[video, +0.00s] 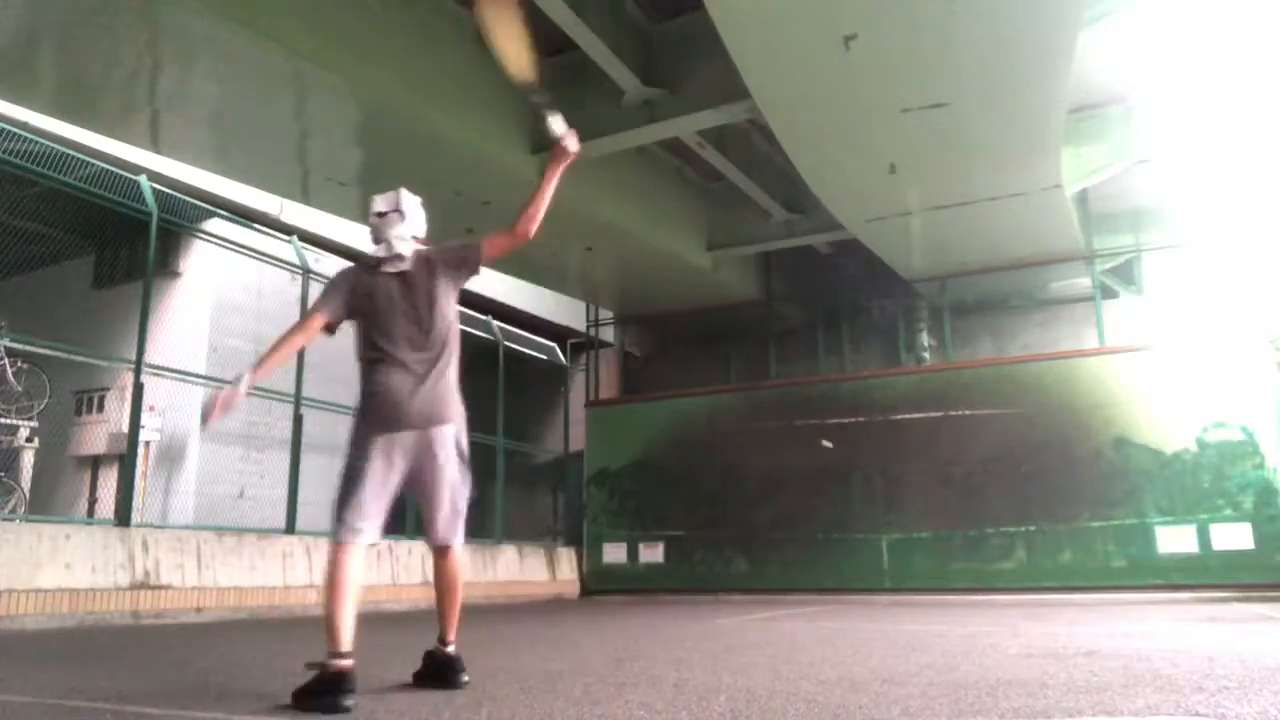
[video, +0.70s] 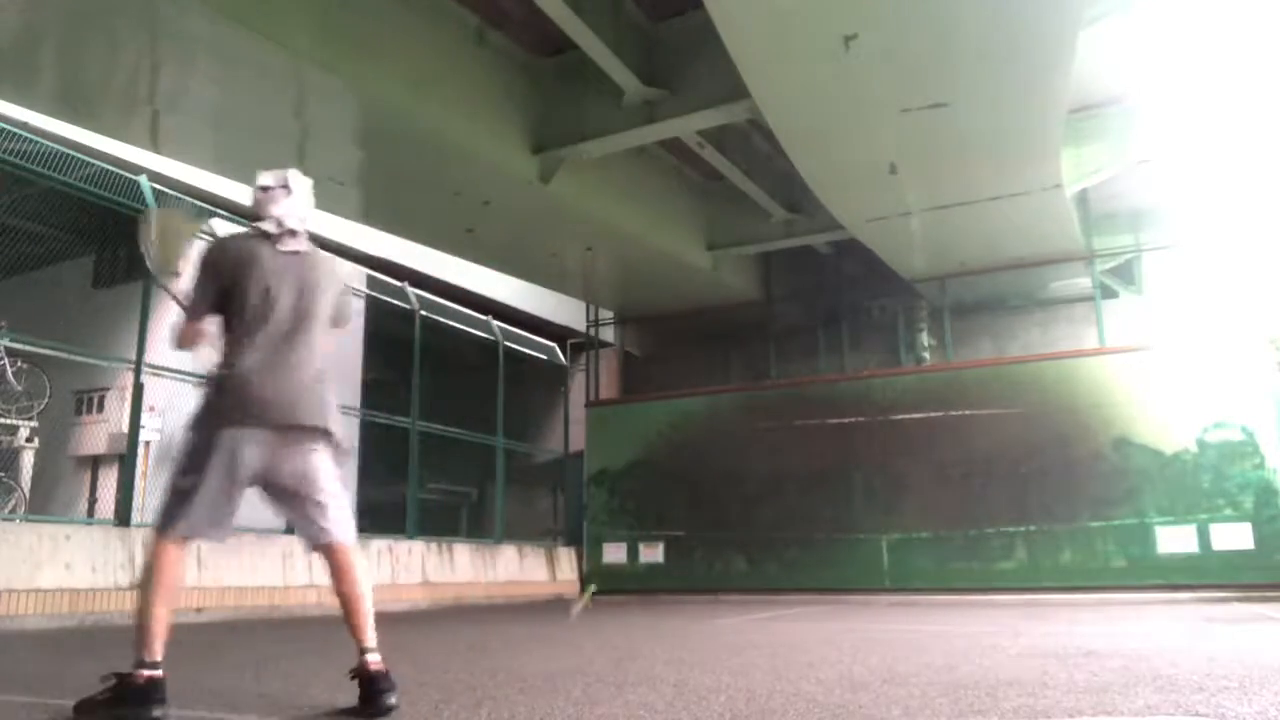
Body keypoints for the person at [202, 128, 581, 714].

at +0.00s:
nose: (388, 232)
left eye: (384, 224)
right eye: (396, 223)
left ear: (373, 228)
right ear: (419, 226)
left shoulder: (356, 279)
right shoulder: (446, 263)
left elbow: (303, 334)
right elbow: (522, 231)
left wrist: (243, 383)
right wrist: (556, 165)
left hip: (383, 421)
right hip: (442, 419)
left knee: (350, 541)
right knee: (448, 541)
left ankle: (338, 669)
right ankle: (447, 655)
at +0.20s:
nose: (382, 229)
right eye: (387, 220)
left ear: (341, 222)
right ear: (388, 222)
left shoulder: (316, 272)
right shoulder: (407, 259)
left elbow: (288, 355)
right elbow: (487, 276)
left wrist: (297, 405)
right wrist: (521, 231)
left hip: (334, 417)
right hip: (399, 414)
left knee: (327, 546)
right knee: (411, 532)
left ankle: (333, 669)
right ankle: (416, 651)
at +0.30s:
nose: (369, 221)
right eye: (375, 213)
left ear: (330, 211)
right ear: (377, 213)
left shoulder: (302, 260)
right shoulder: (394, 253)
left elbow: (286, 348)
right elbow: (464, 288)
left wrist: (326, 366)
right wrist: (489, 273)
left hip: (315, 407)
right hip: (382, 405)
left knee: (314, 539)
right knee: (388, 529)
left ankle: (326, 668)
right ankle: (393, 645)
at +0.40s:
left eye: (332, 202)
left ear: (321, 211)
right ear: (369, 212)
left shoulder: (289, 259)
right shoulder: (387, 257)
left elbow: (276, 347)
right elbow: (453, 313)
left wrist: (323, 358)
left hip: (295, 405)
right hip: (367, 407)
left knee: (280, 535)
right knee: (374, 539)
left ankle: (294, 654)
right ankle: (377, 671)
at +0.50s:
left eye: (321, 211)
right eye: (345, 212)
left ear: (308, 215)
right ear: (358, 216)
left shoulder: (280, 262)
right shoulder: (383, 266)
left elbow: (267, 350)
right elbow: (435, 338)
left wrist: (302, 357)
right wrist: (400, 385)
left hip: (283, 416)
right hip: (355, 417)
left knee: (253, 538)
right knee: (370, 543)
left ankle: (254, 646)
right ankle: (376, 673)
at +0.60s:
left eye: (295, 211)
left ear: (283, 212)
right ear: (335, 213)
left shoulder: (257, 256)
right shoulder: (362, 264)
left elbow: (234, 344)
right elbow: (386, 357)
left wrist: (272, 366)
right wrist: (340, 382)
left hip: (266, 416)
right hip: (338, 418)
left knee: (213, 535)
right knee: (359, 543)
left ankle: (187, 661)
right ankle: (375, 676)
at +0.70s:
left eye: (264, 208)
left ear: (256, 210)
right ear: (304, 214)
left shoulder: (228, 252)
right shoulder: (328, 267)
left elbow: (188, 335)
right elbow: (339, 323)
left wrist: (211, 322)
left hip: (234, 423)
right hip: (306, 426)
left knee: (173, 537)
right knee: (340, 545)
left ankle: (147, 672)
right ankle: (375, 671)